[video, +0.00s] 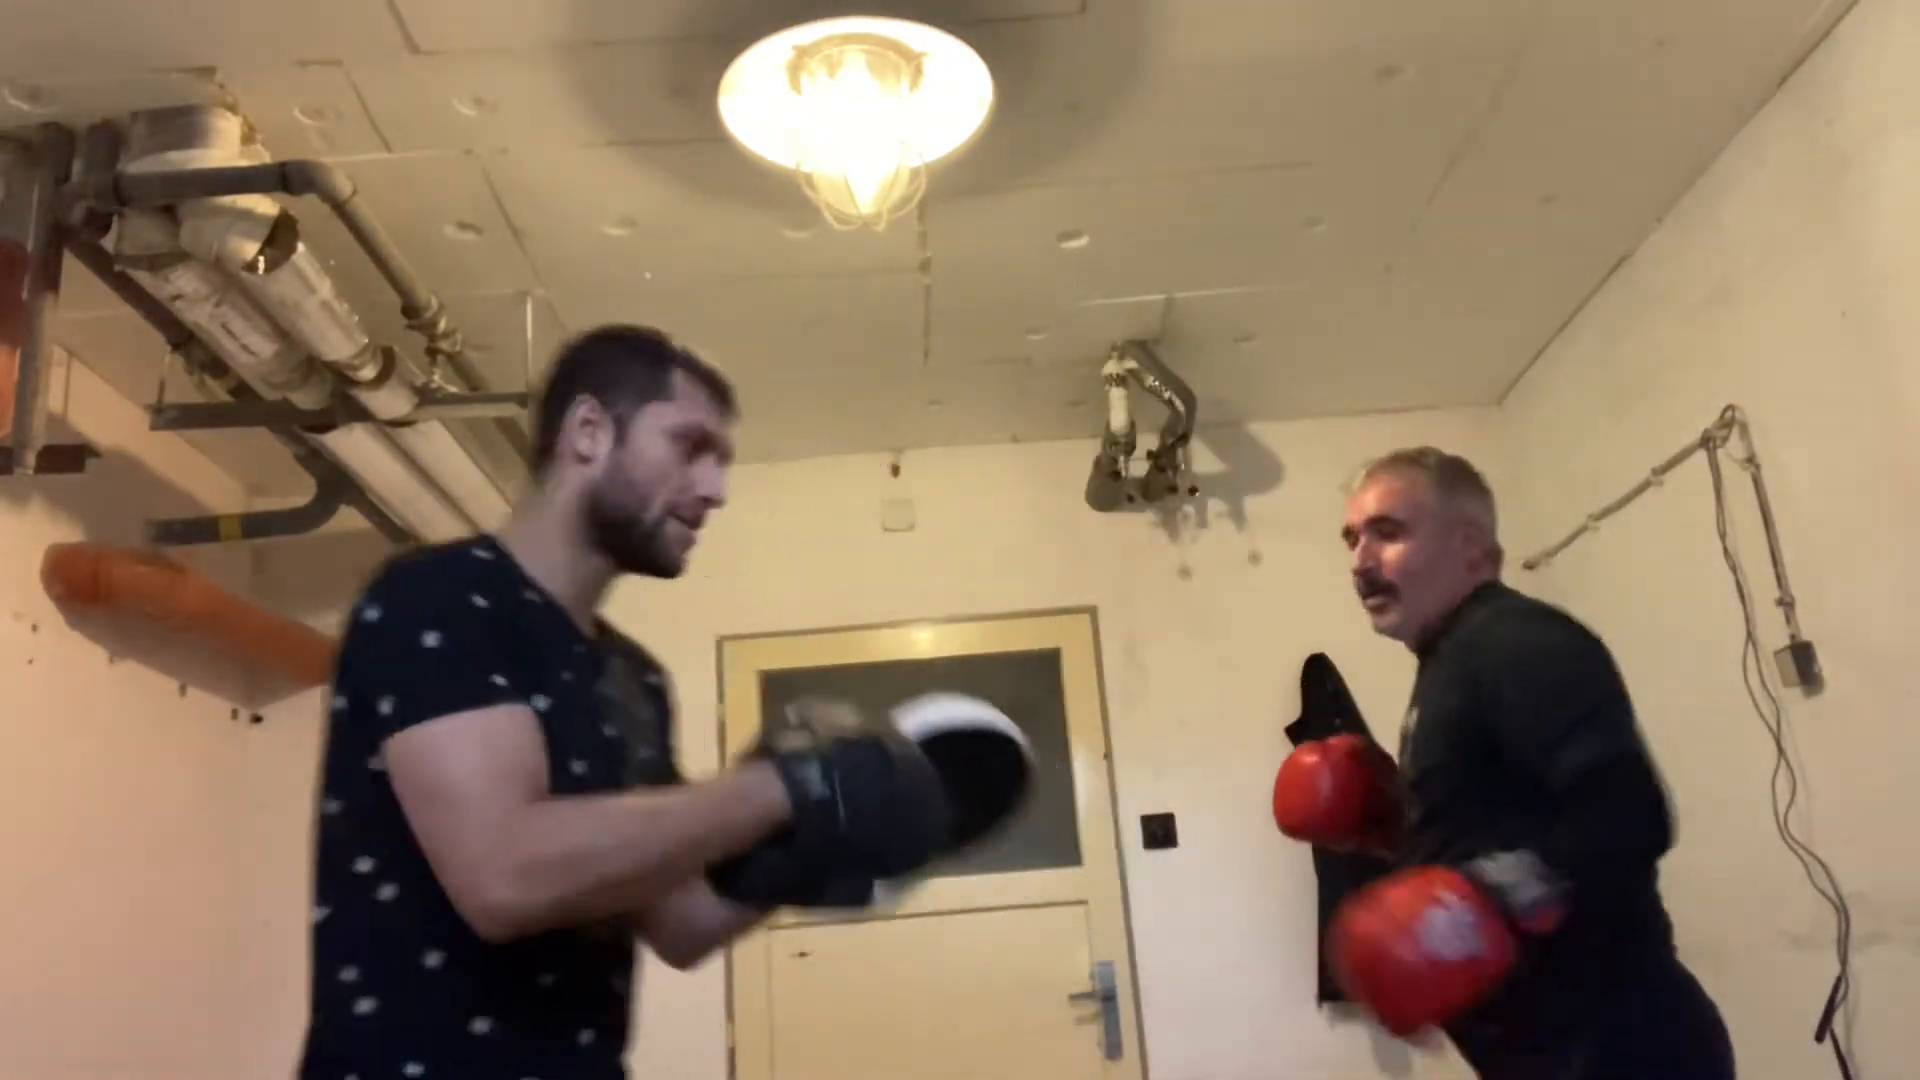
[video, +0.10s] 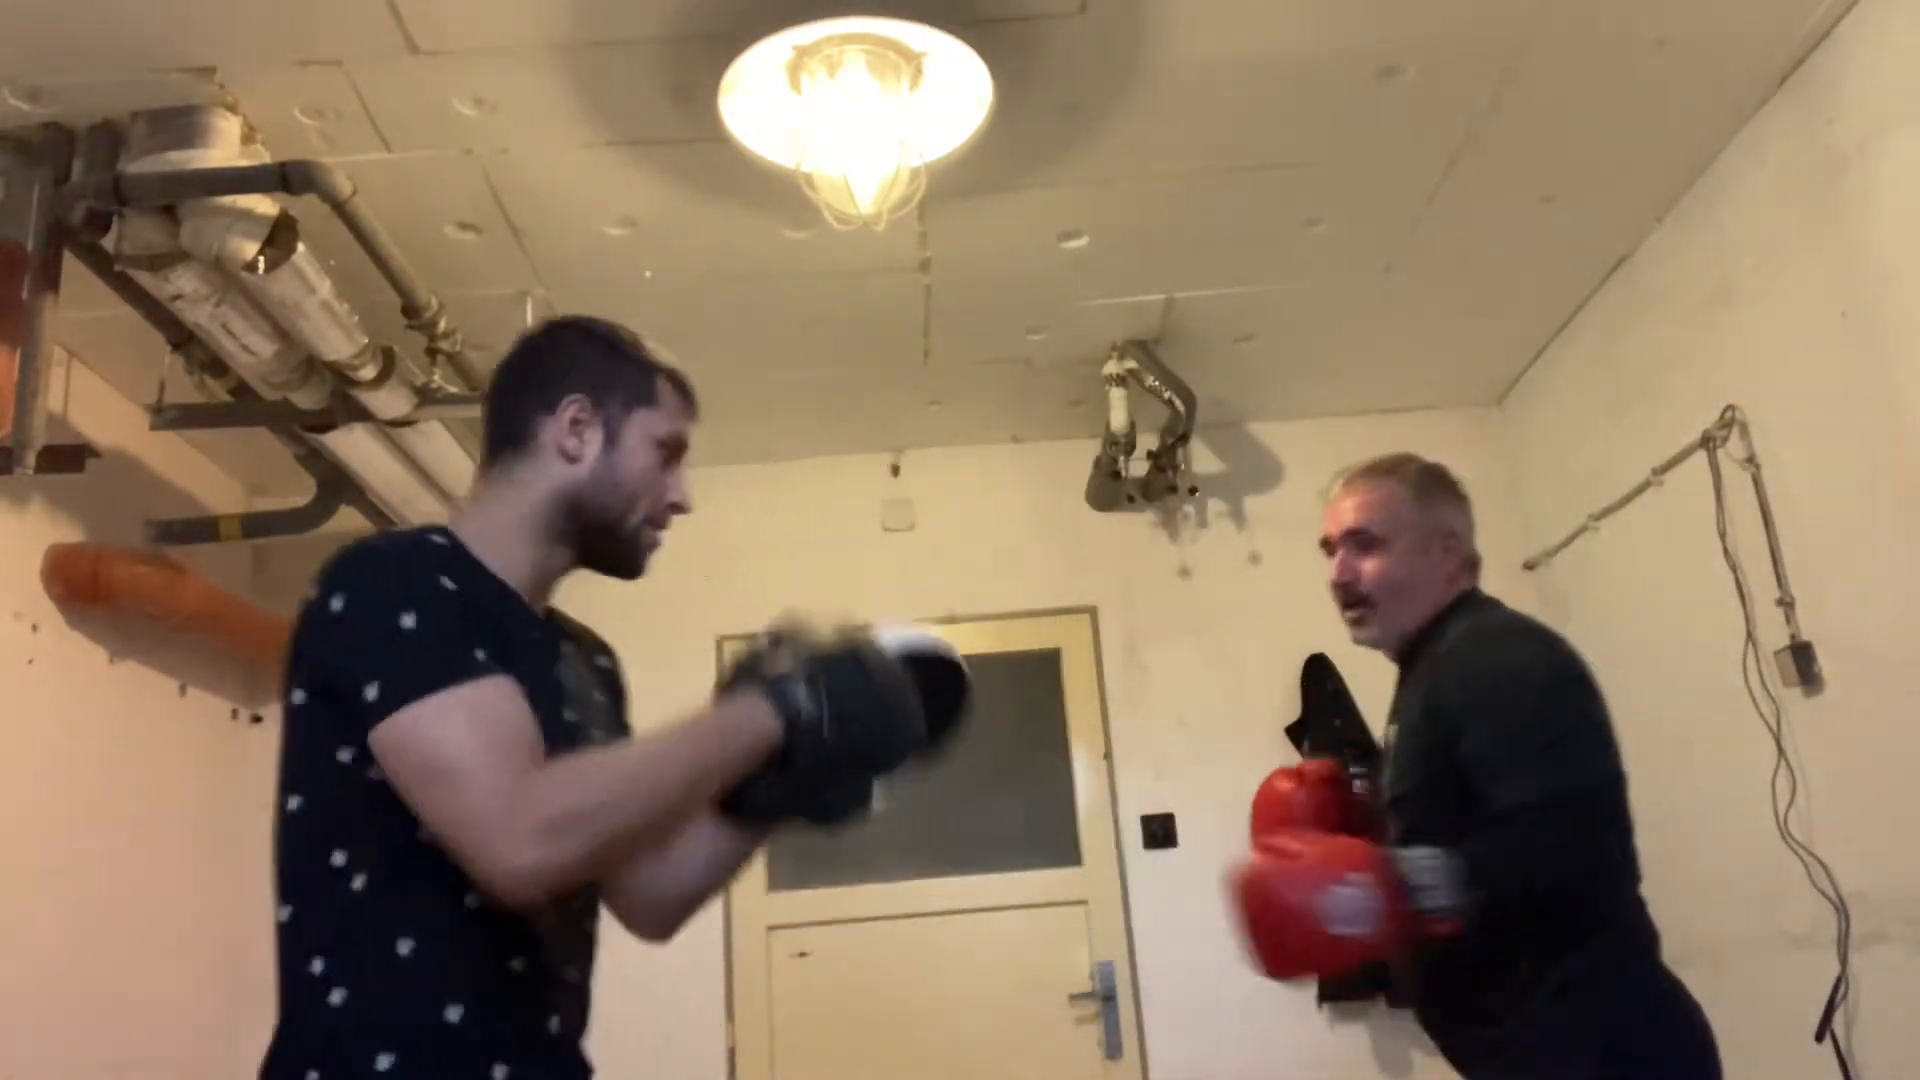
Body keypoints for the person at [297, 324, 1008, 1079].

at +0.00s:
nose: (716, 491)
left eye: (721, 463)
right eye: (691, 448)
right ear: (587, 435)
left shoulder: (632, 682)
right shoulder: (433, 602)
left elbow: (683, 928)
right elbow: (500, 876)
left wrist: (802, 845)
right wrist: (787, 787)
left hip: (572, 1060)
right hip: (415, 1058)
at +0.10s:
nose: (681, 497)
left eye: (683, 464)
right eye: (666, 453)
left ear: (578, 437)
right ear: (574, 431)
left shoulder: (581, 664)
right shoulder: (390, 588)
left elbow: (648, 898)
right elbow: (518, 842)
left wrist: (777, 776)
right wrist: (771, 710)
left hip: (538, 1057)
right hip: (381, 1055)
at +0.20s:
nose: (656, 504)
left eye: (658, 472)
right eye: (645, 463)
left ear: (565, 442)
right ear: (563, 438)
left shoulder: (551, 657)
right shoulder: (374, 581)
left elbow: (662, 858)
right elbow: (571, 792)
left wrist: (780, 691)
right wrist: (762, 622)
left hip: (516, 1056)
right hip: (368, 1056)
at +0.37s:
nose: (656, 533)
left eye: (661, 500)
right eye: (651, 492)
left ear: (575, 462)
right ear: (576, 459)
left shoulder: (496, 659)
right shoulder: (392, 585)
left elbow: (705, 798)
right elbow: (658, 721)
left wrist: (775, 615)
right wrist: (768, 531)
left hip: (529, 1050)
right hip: (398, 1053)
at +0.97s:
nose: (581, 541)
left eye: (586, 510)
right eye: (574, 498)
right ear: (491, 458)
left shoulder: (409, 659)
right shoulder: (291, 587)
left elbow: (621, 779)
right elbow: (583, 710)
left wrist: (694, 602)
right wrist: (700, 520)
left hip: (434, 1057)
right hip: (292, 1057)